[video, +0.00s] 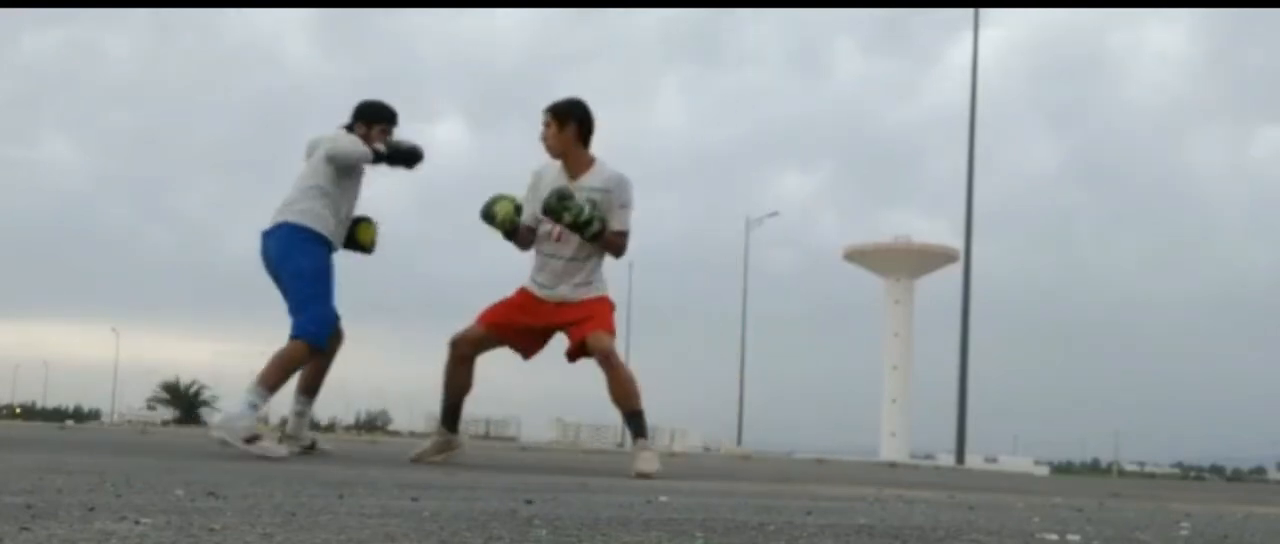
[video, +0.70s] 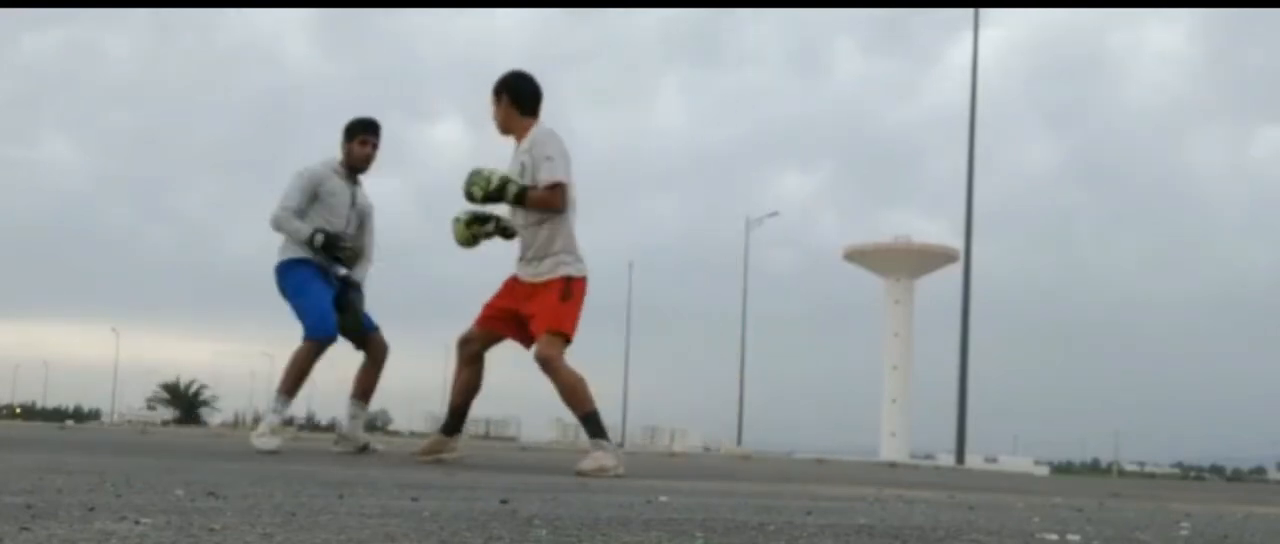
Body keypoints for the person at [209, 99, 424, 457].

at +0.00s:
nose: (385, 142)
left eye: (388, 136)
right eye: (382, 133)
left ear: (368, 131)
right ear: (363, 126)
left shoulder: (348, 163)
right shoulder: (340, 140)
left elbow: (319, 216)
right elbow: (339, 152)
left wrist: (347, 233)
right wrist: (384, 154)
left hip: (305, 242)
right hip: (297, 237)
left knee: (330, 336)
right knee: (314, 332)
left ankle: (297, 428)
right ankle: (242, 417)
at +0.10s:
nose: (397, 128)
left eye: (400, 121)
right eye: (394, 118)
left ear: (383, 116)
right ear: (372, 111)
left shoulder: (354, 141)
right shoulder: (353, 132)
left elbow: (331, 202)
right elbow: (320, 159)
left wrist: (359, 213)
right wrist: (364, 178)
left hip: (296, 229)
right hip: (305, 229)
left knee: (327, 329)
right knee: (337, 326)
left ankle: (298, 422)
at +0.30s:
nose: (385, 144)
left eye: (386, 137)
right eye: (384, 135)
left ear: (359, 127)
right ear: (371, 129)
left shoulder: (341, 151)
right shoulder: (352, 145)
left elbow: (362, 233)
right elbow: (321, 179)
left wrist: (388, 195)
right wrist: (366, 211)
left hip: (315, 251)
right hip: (324, 250)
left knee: (351, 338)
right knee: (366, 338)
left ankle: (309, 421)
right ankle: (321, 429)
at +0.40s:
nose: (381, 175)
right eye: (381, 168)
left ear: (346, 156)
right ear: (371, 161)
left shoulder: (330, 181)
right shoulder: (360, 178)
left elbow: (366, 245)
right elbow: (353, 223)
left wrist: (383, 206)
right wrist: (367, 266)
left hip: (302, 270)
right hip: (322, 271)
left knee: (360, 349)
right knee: (379, 350)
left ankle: (327, 429)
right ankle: (325, 431)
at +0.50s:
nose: (389, 210)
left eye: (392, 204)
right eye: (391, 202)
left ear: (371, 188)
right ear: (382, 191)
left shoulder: (341, 202)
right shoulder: (365, 202)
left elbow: (339, 271)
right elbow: (344, 231)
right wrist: (364, 274)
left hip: (301, 283)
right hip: (314, 283)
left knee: (371, 353)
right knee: (372, 354)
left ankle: (346, 426)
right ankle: (324, 432)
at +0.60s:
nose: (393, 185)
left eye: (396, 178)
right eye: (390, 176)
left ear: (379, 175)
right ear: (371, 170)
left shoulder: (360, 204)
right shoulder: (348, 187)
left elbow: (346, 256)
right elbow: (314, 228)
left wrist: (364, 296)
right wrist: (343, 263)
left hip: (330, 281)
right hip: (308, 276)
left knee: (381, 351)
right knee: (336, 346)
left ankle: (353, 430)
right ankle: (318, 430)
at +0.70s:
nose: (368, 152)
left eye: (373, 146)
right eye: (362, 144)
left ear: (376, 152)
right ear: (346, 145)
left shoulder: (363, 203)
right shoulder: (315, 176)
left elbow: (363, 256)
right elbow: (280, 217)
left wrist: (354, 289)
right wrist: (313, 236)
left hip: (334, 277)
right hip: (300, 266)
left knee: (377, 347)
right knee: (321, 331)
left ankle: (352, 428)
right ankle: (272, 422)